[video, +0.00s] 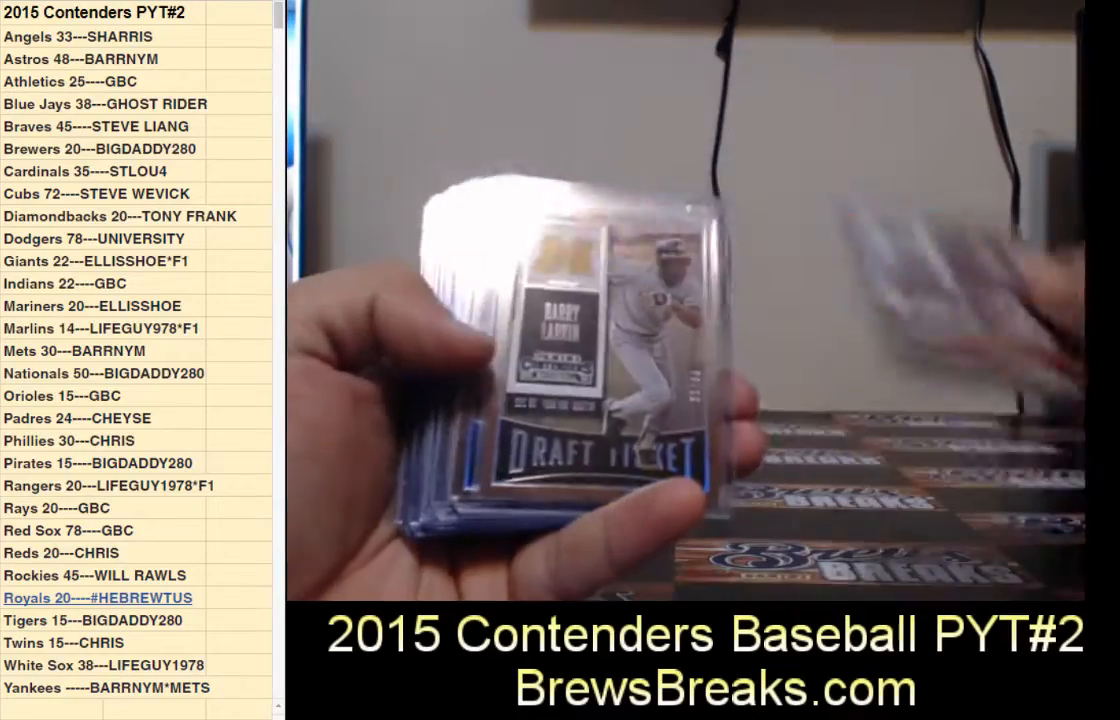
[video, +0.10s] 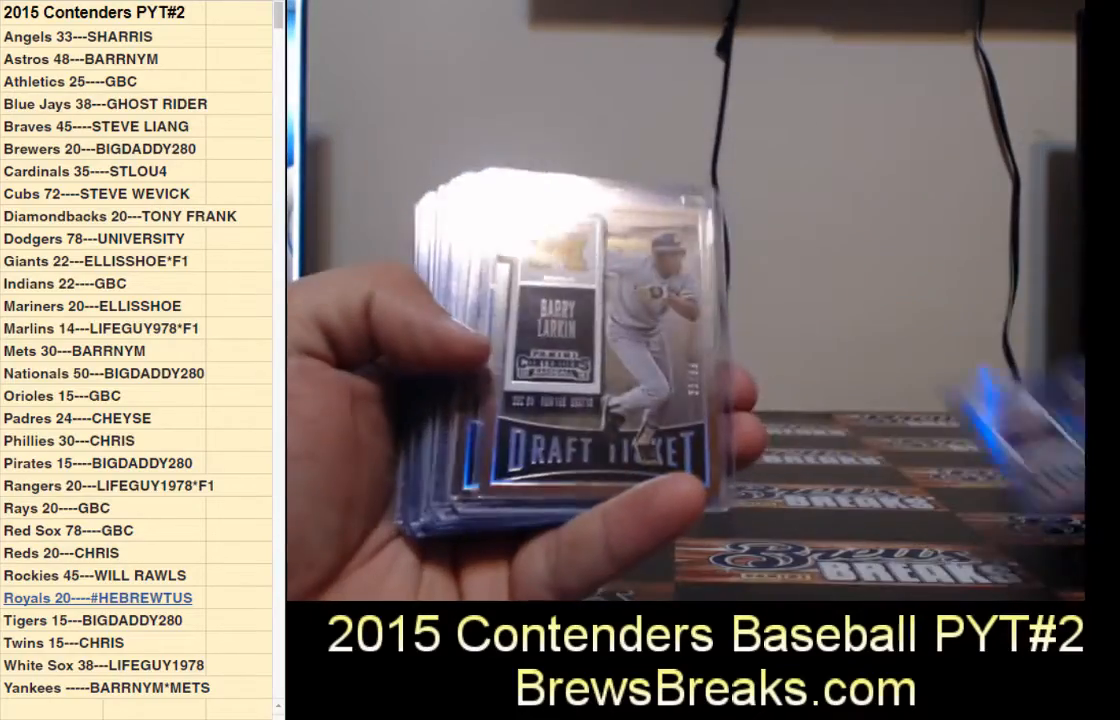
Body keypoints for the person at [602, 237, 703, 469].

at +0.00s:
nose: (683, 268)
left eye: (684, 263)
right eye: (678, 263)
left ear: (686, 264)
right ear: (663, 264)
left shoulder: (687, 286)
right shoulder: (641, 276)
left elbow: (696, 321)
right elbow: (600, 268)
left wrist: (675, 306)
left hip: (655, 340)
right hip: (626, 338)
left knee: (665, 397)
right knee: (660, 394)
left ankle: (646, 446)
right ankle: (615, 411)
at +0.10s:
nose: (679, 261)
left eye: (680, 256)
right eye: (674, 256)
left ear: (680, 256)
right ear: (659, 257)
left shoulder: (682, 278)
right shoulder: (635, 267)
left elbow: (693, 313)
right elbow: (596, 260)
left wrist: (669, 298)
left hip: (653, 335)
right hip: (623, 333)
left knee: (664, 391)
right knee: (658, 389)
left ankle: (644, 441)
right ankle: (613, 407)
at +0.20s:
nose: (679, 258)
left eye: (680, 253)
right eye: (673, 253)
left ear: (682, 253)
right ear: (658, 254)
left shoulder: (684, 274)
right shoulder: (636, 264)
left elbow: (694, 311)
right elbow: (594, 260)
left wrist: (669, 295)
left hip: (653, 333)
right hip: (623, 331)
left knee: (664, 390)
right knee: (658, 389)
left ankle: (644, 441)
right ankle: (613, 407)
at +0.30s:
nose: (676, 257)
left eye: (678, 251)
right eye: (671, 251)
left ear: (679, 252)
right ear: (656, 252)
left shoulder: (679, 274)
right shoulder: (633, 263)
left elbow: (692, 310)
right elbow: (592, 255)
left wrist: (667, 294)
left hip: (651, 332)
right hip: (621, 331)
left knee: (661, 390)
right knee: (656, 389)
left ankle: (641, 440)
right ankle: (610, 406)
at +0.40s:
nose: (674, 254)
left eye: (676, 248)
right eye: (669, 249)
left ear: (677, 248)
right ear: (653, 250)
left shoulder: (678, 270)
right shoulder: (630, 261)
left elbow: (689, 307)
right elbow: (589, 254)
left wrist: (664, 291)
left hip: (648, 329)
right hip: (618, 327)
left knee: (658, 386)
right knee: (653, 385)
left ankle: (639, 437)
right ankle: (607, 403)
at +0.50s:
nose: (678, 254)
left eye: (679, 249)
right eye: (673, 249)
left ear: (681, 249)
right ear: (658, 251)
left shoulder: (681, 271)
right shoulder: (635, 261)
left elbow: (692, 308)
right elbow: (594, 254)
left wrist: (667, 291)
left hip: (651, 330)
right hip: (621, 328)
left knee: (661, 387)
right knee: (655, 387)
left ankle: (641, 437)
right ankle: (609, 404)